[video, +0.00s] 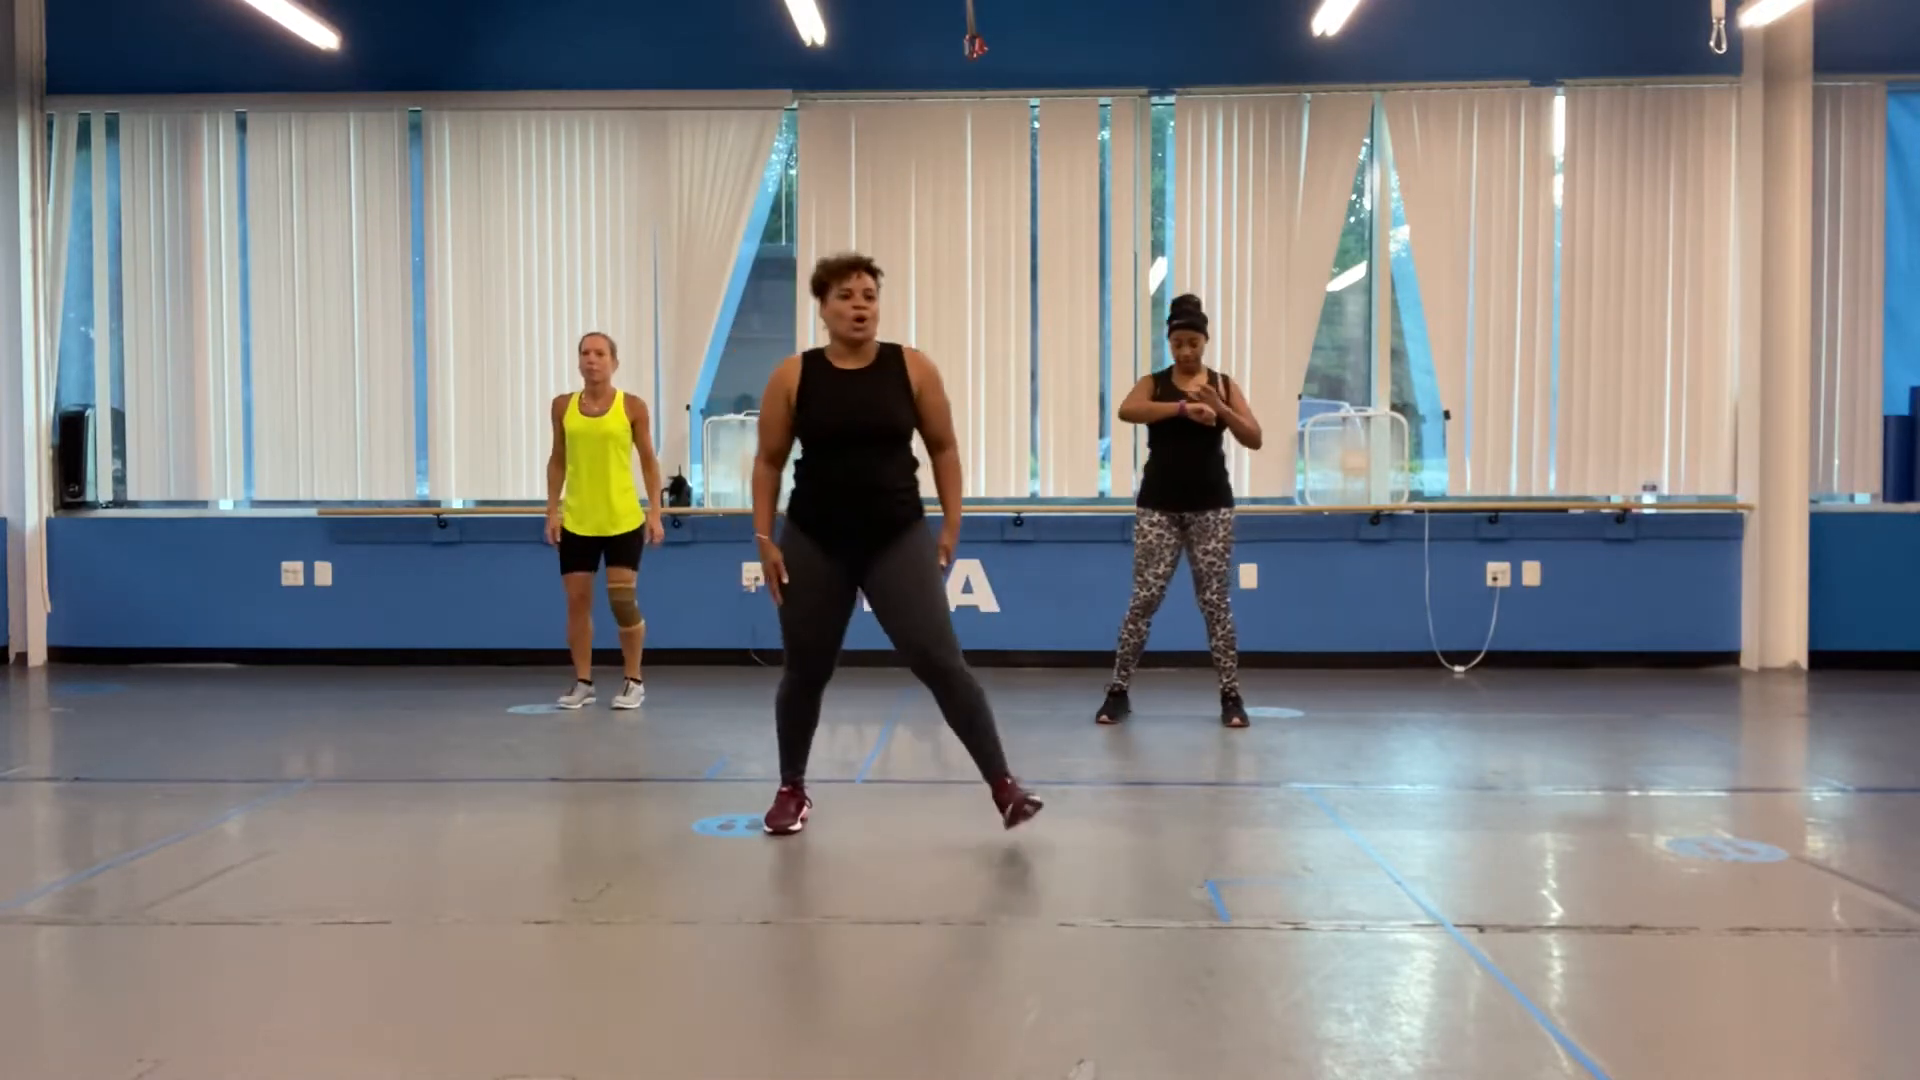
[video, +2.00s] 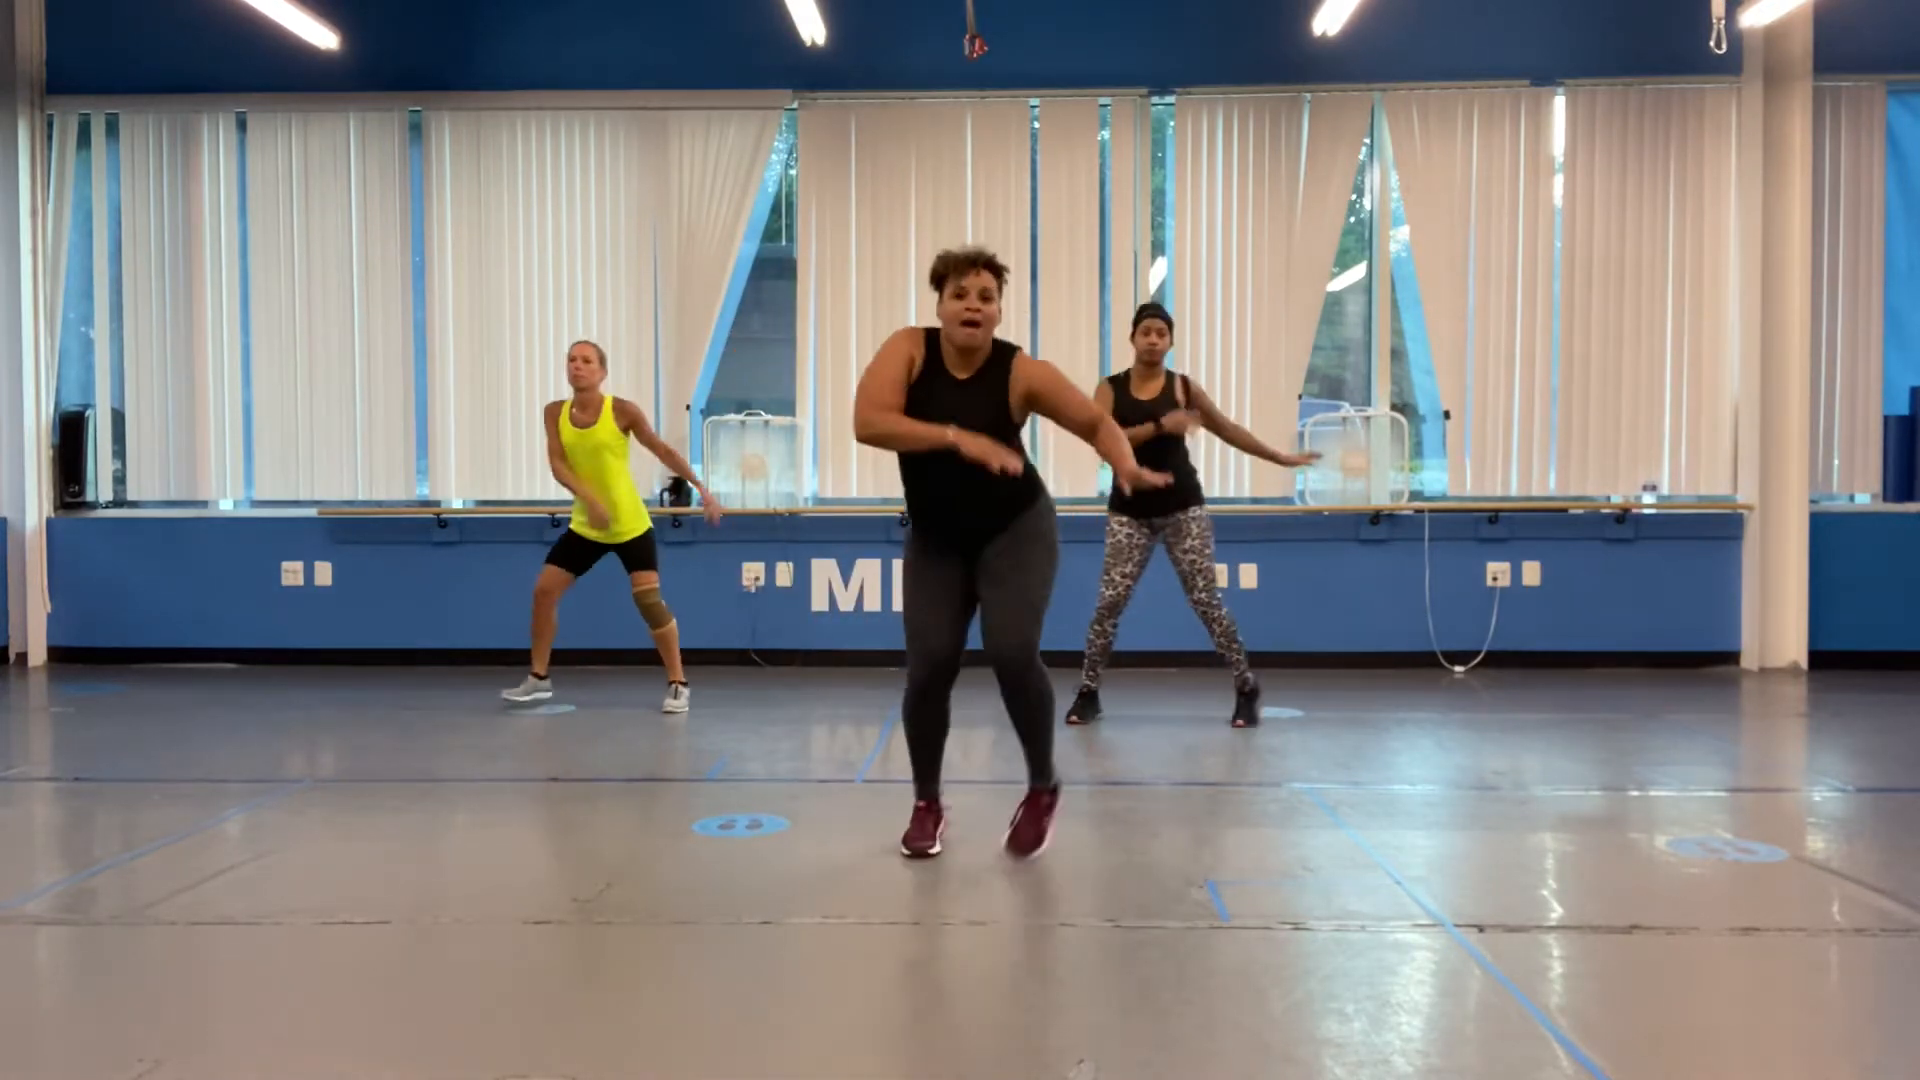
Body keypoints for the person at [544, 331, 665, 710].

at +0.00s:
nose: (591, 359)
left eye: (599, 354)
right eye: (586, 354)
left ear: (614, 363)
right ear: (578, 362)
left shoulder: (632, 407)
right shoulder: (563, 406)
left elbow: (649, 460)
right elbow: (557, 460)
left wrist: (655, 510)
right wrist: (553, 509)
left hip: (623, 517)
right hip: (577, 519)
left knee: (621, 598)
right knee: (578, 600)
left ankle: (633, 681)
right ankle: (583, 683)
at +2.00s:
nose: (577, 366)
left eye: (585, 361)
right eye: (572, 360)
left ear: (602, 372)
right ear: (566, 370)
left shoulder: (624, 411)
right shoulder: (556, 412)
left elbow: (663, 451)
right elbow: (558, 468)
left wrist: (702, 488)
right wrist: (591, 499)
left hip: (630, 524)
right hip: (586, 526)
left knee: (648, 599)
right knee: (544, 591)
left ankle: (678, 684)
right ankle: (538, 678)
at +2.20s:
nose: (549, 371)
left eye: (558, 367)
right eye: (545, 366)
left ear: (575, 378)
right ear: (538, 377)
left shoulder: (597, 419)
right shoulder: (527, 421)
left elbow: (628, 458)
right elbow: (522, 477)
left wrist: (664, 472)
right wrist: (555, 464)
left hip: (603, 524)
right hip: (560, 527)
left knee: (616, 601)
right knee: (529, 598)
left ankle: (666, 672)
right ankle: (527, 685)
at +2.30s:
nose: (548, 371)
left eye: (557, 365)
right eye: (543, 366)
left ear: (575, 376)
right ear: (538, 378)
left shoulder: (599, 418)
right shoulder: (528, 423)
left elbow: (613, 469)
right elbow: (518, 473)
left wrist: (616, 496)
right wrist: (533, 492)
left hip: (601, 523)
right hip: (556, 525)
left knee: (612, 599)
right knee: (526, 598)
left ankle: (639, 674)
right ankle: (527, 685)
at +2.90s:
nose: (542, 374)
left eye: (550, 368)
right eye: (537, 369)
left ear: (569, 379)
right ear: (532, 381)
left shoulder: (594, 417)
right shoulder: (526, 423)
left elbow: (632, 450)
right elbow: (533, 477)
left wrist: (665, 475)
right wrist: (551, 483)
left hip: (612, 521)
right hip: (568, 526)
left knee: (630, 599)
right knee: (532, 594)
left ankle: (673, 680)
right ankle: (521, 683)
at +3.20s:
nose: (499, 382)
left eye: (508, 377)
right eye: (494, 377)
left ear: (527, 387)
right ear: (490, 388)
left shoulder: (554, 419)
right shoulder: (488, 430)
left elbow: (602, 445)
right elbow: (491, 484)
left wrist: (651, 453)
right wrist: (529, 466)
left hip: (578, 526)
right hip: (535, 530)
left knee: (585, 603)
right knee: (487, 590)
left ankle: (615, 680)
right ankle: (503, 678)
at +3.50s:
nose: (465, 385)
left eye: (473, 380)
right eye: (460, 380)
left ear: (492, 390)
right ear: (455, 391)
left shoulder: (517, 426)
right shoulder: (447, 435)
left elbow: (557, 454)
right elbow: (442, 490)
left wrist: (597, 475)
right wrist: (477, 459)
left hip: (537, 527)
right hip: (493, 532)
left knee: (545, 603)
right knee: (458, 599)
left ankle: (585, 660)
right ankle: (465, 687)